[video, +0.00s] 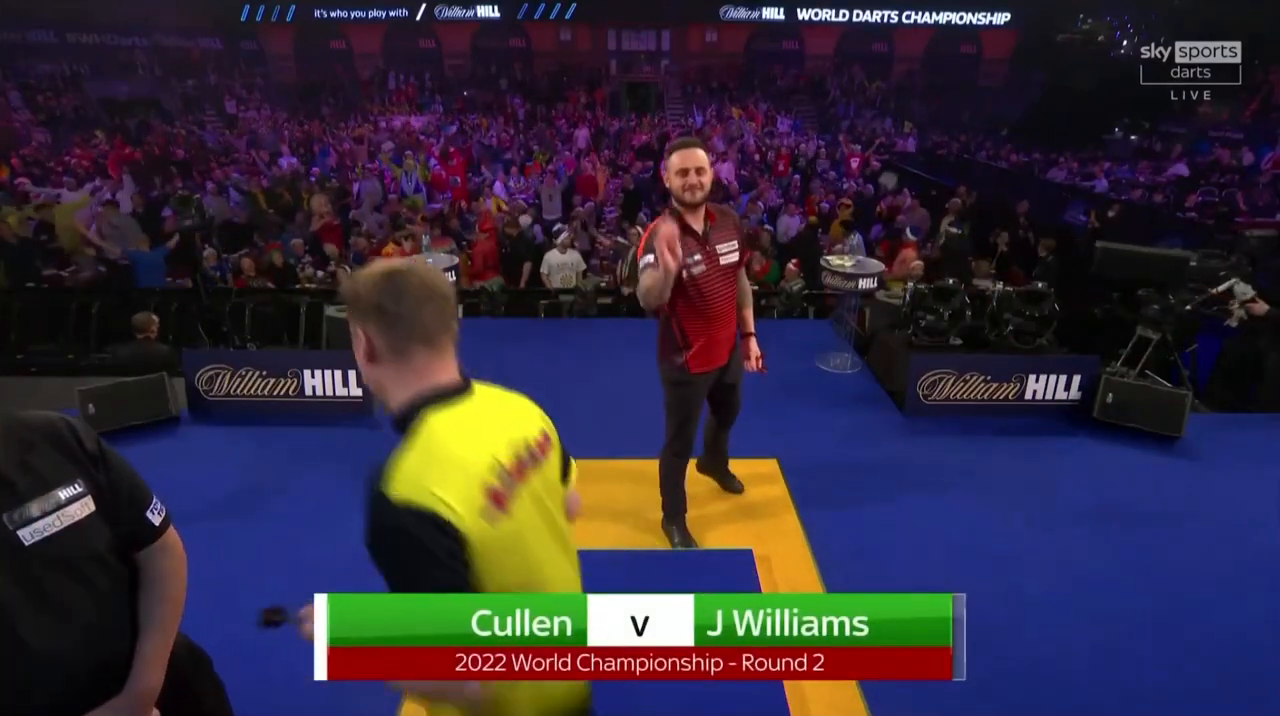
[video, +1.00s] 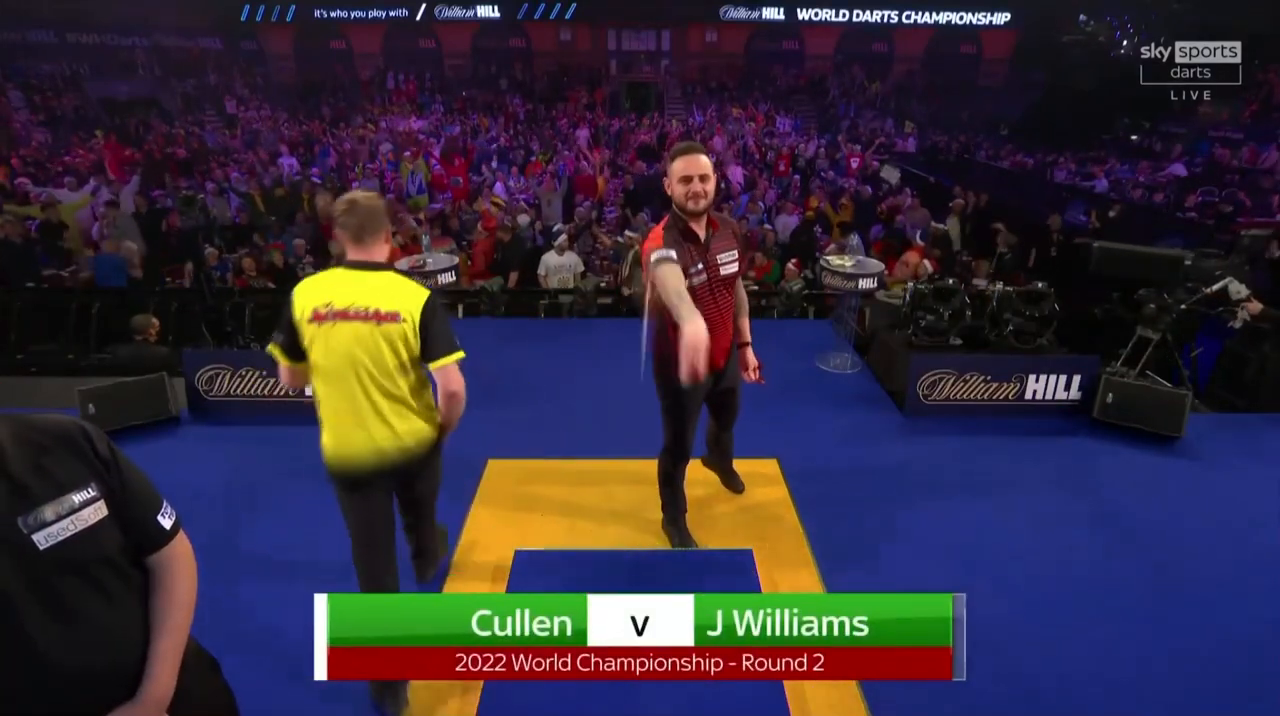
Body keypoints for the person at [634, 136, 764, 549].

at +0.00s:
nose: (693, 179)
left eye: (699, 170)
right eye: (682, 173)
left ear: (711, 174)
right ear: (666, 179)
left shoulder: (727, 219)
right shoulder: (661, 233)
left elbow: (739, 277)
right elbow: (649, 300)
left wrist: (749, 334)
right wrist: (668, 268)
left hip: (727, 346)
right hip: (685, 356)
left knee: (726, 410)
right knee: (680, 442)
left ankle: (713, 460)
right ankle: (674, 517)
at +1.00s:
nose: (696, 187)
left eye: (704, 178)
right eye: (685, 180)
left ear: (715, 181)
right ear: (669, 186)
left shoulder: (727, 230)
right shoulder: (661, 241)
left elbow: (736, 287)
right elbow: (672, 286)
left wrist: (745, 344)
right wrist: (690, 321)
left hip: (725, 352)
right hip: (680, 357)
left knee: (726, 413)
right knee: (678, 446)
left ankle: (719, 457)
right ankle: (674, 517)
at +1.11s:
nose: (696, 188)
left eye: (703, 178)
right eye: (685, 180)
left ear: (714, 182)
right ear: (669, 187)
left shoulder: (727, 231)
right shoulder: (660, 243)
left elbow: (737, 288)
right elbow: (677, 310)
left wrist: (745, 345)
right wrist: (705, 364)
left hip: (723, 353)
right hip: (680, 361)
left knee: (723, 416)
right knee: (677, 445)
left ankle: (715, 460)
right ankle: (674, 516)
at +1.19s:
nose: (696, 188)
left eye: (703, 179)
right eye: (685, 181)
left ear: (714, 182)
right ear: (669, 188)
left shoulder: (728, 230)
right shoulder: (661, 245)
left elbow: (737, 288)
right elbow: (673, 325)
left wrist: (745, 344)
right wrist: (710, 385)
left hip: (724, 352)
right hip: (681, 359)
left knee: (724, 413)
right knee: (677, 446)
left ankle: (715, 459)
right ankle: (674, 516)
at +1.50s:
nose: (695, 194)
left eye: (703, 184)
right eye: (685, 186)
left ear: (715, 187)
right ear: (668, 191)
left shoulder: (731, 231)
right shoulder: (656, 253)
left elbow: (742, 291)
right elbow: (652, 333)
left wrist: (740, 346)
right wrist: (705, 371)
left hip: (725, 357)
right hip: (680, 364)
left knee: (724, 414)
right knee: (677, 447)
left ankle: (715, 461)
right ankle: (674, 520)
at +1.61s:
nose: (695, 194)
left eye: (703, 184)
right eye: (685, 186)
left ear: (714, 186)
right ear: (669, 189)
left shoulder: (732, 232)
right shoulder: (653, 251)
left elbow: (742, 292)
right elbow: (645, 330)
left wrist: (740, 345)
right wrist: (701, 369)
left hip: (726, 356)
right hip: (679, 364)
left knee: (724, 416)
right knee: (677, 447)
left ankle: (715, 461)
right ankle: (674, 519)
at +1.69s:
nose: (695, 194)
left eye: (703, 184)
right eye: (685, 185)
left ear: (714, 186)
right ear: (669, 188)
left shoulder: (731, 231)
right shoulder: (653, 250)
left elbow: (742, 291)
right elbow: (642, 329)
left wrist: (740, 345)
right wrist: (699, 371)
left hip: (726, 356)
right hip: (680, 365)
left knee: (724, 415)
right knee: (678, 447)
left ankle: (715, 460)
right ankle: (674, 519)